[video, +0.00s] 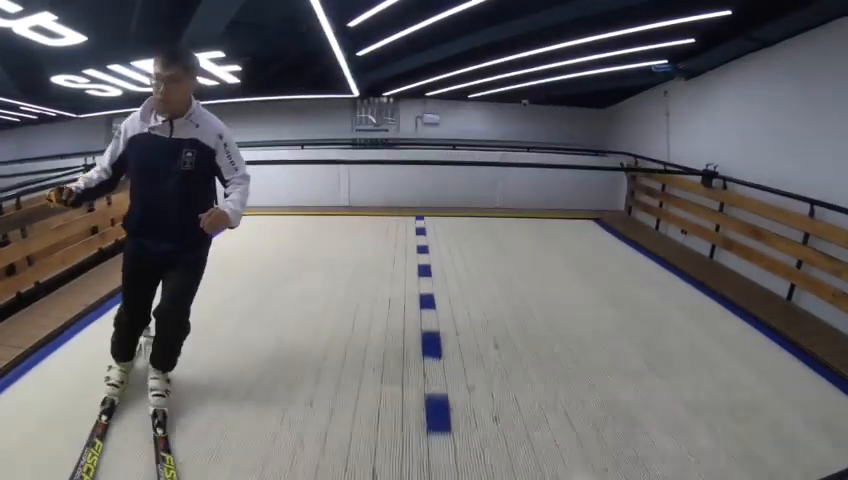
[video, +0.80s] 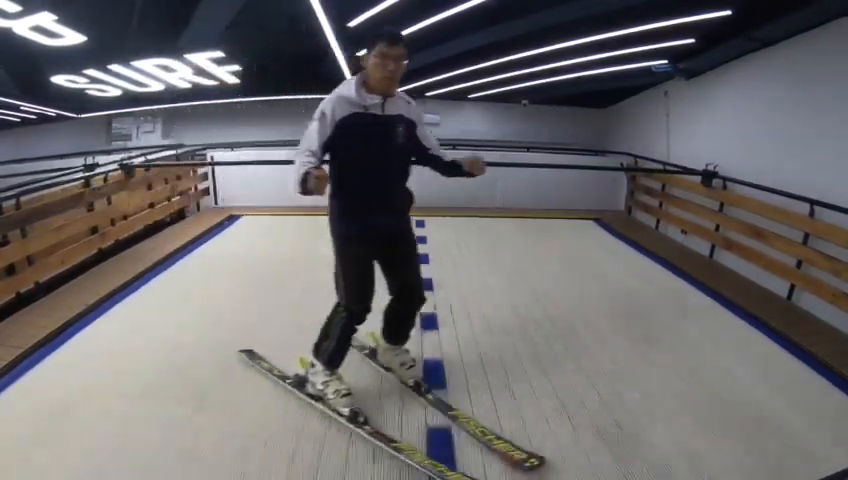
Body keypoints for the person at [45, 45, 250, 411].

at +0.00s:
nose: (160, 88)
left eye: (169, 81)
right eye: (156, 80)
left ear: (192, 81)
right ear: (151, 80)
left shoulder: (213, 132)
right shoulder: (134, 126)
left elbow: (238, 181)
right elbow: (105, 171)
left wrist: (228, 211)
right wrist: (74, 191)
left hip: (189, 242)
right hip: (142, 239)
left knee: (173, 315)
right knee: (132, 311)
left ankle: (160, 372)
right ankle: (120, 364)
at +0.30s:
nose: (209, 82)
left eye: (220, 75)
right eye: (205, 73)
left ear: (237, 82)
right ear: (196, 76)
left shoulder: (252, 126)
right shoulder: (171, 121)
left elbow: (275, 172)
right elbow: (142, 168)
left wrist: (284, 193)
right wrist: (121, 194)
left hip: (231, 240)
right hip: (183, 238)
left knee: (228, 321)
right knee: (181, 320)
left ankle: (202, 374)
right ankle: (156, 371)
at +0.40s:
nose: (238, 79)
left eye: (248, 72)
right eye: (233, 70)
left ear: (264, 79)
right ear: (222, 72)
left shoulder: (275, 124)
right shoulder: (197, 119)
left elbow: (296, 170)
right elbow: (167, 167)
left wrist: (311, 190)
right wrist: (150, 190)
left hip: (257, 238)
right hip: (209, 238)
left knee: (258, 320)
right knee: (211, 322)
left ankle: (230, 374)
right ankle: (181, 379)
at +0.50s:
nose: (274, 77)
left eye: (284, 70)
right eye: (268, 68)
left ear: (295, 77)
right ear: (253, 71)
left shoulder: (303, 122)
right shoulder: (227, 116)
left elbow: (322, 170)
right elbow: (197, 162)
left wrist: (341, 187)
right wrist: (186, 185)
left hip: (287, 233)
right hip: (240, 234)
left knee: (294, 315)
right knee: (245, 320)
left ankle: (265, 372)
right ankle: (211, 381)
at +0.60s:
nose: (311, 75)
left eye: (320, 69)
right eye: (304, 67)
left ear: (327, 75)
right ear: (287, 70)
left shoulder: (333, 121)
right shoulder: (261, 115)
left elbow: (351, 167)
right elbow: (229, 162)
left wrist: (375, 185)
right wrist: (225, 186)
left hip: (319, 229)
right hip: (274, 232)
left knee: (333, 309)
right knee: (283, 319)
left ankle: (306, 366)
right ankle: (248, 379)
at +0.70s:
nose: (351, 74)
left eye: (358, 67)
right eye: (344, 65)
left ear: (364, 71)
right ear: (324, 66)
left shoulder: (368, 117)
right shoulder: (297, 112)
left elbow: (388, 162)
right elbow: (266, 161)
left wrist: (418, 177)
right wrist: (267, 182)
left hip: (355, 224)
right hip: (311, 227)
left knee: (372, 301)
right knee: (321, 312)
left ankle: (350, 358)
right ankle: (287, 376)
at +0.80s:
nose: (392, 68)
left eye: (399, 61)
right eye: (383, 59)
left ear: (405, 67)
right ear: (365, 61)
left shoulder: (406, 111)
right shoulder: (337, 105)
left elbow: (430, 155)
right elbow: (307, 156)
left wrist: (462, 167)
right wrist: (309, 176)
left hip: (393, 216)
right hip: (350, 218)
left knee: (410, 292)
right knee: (355, 302)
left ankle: (391, 347)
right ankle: (322, 369)